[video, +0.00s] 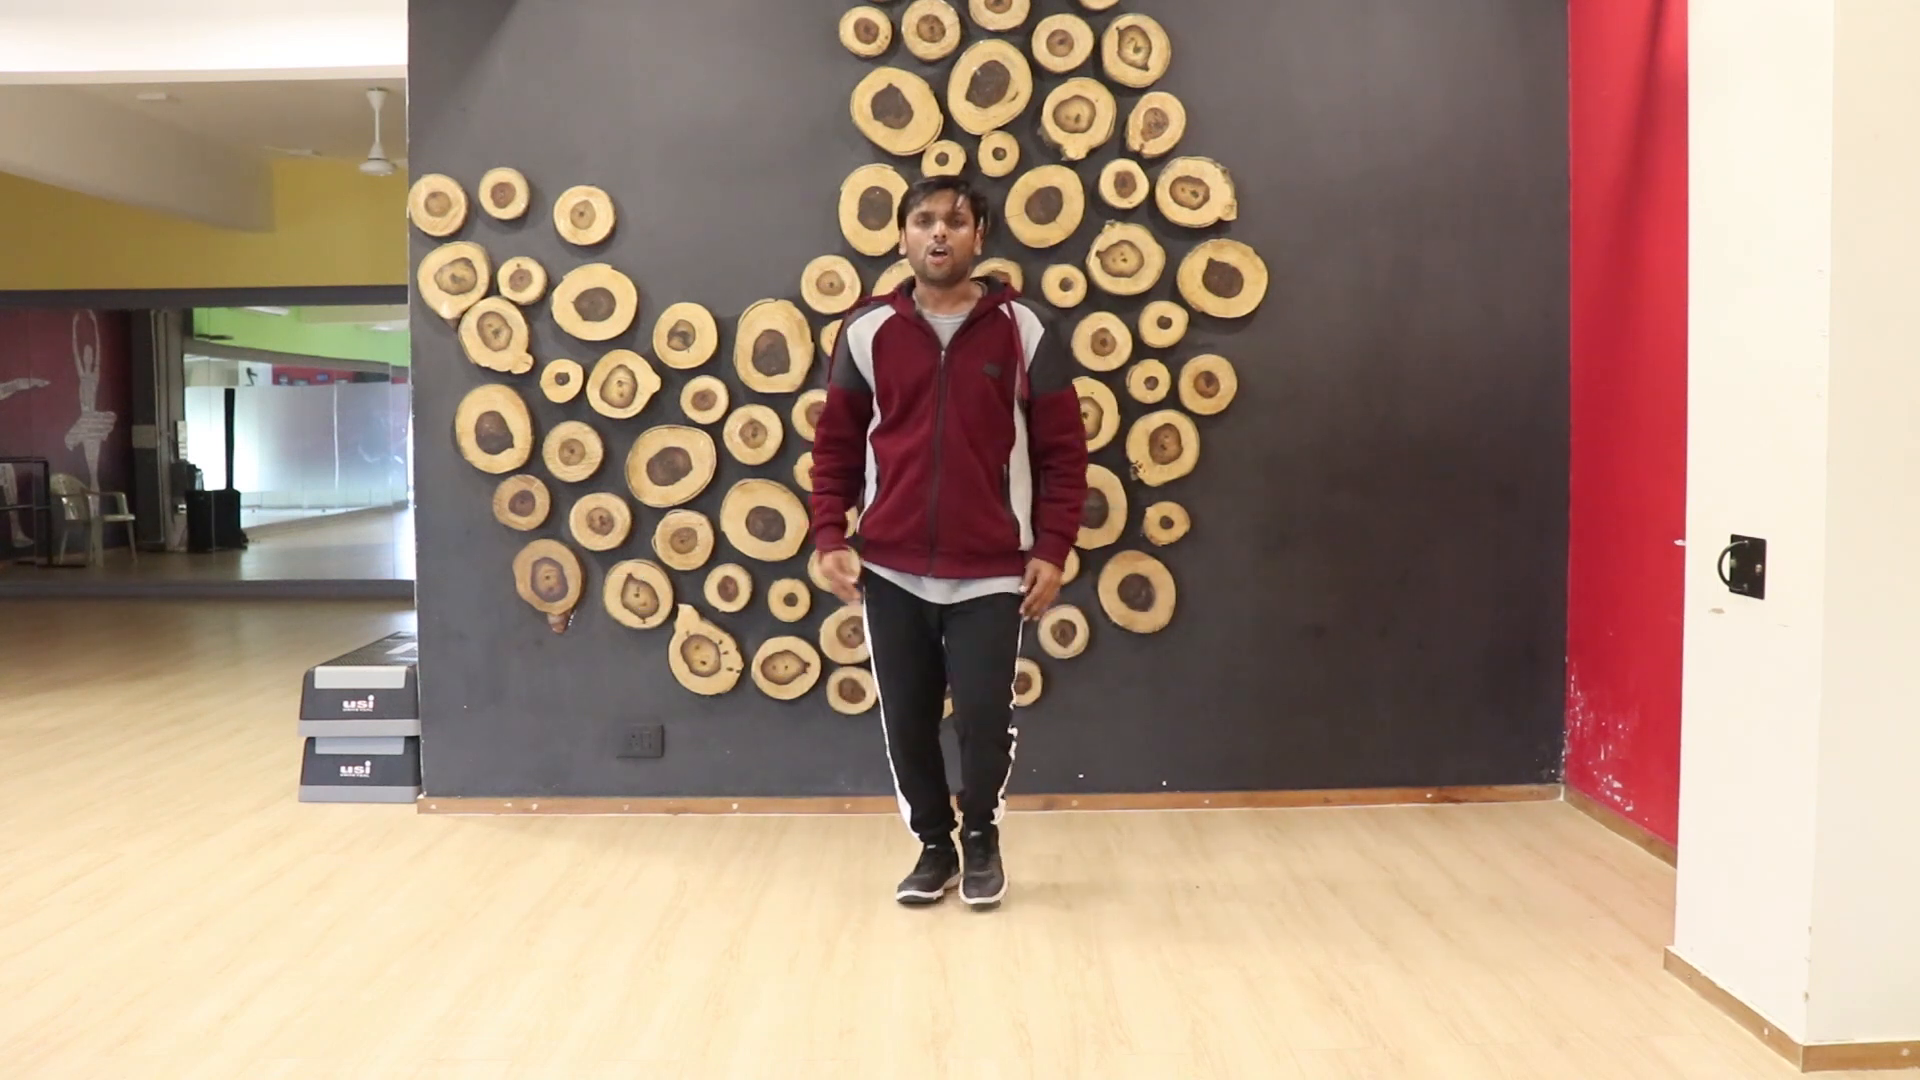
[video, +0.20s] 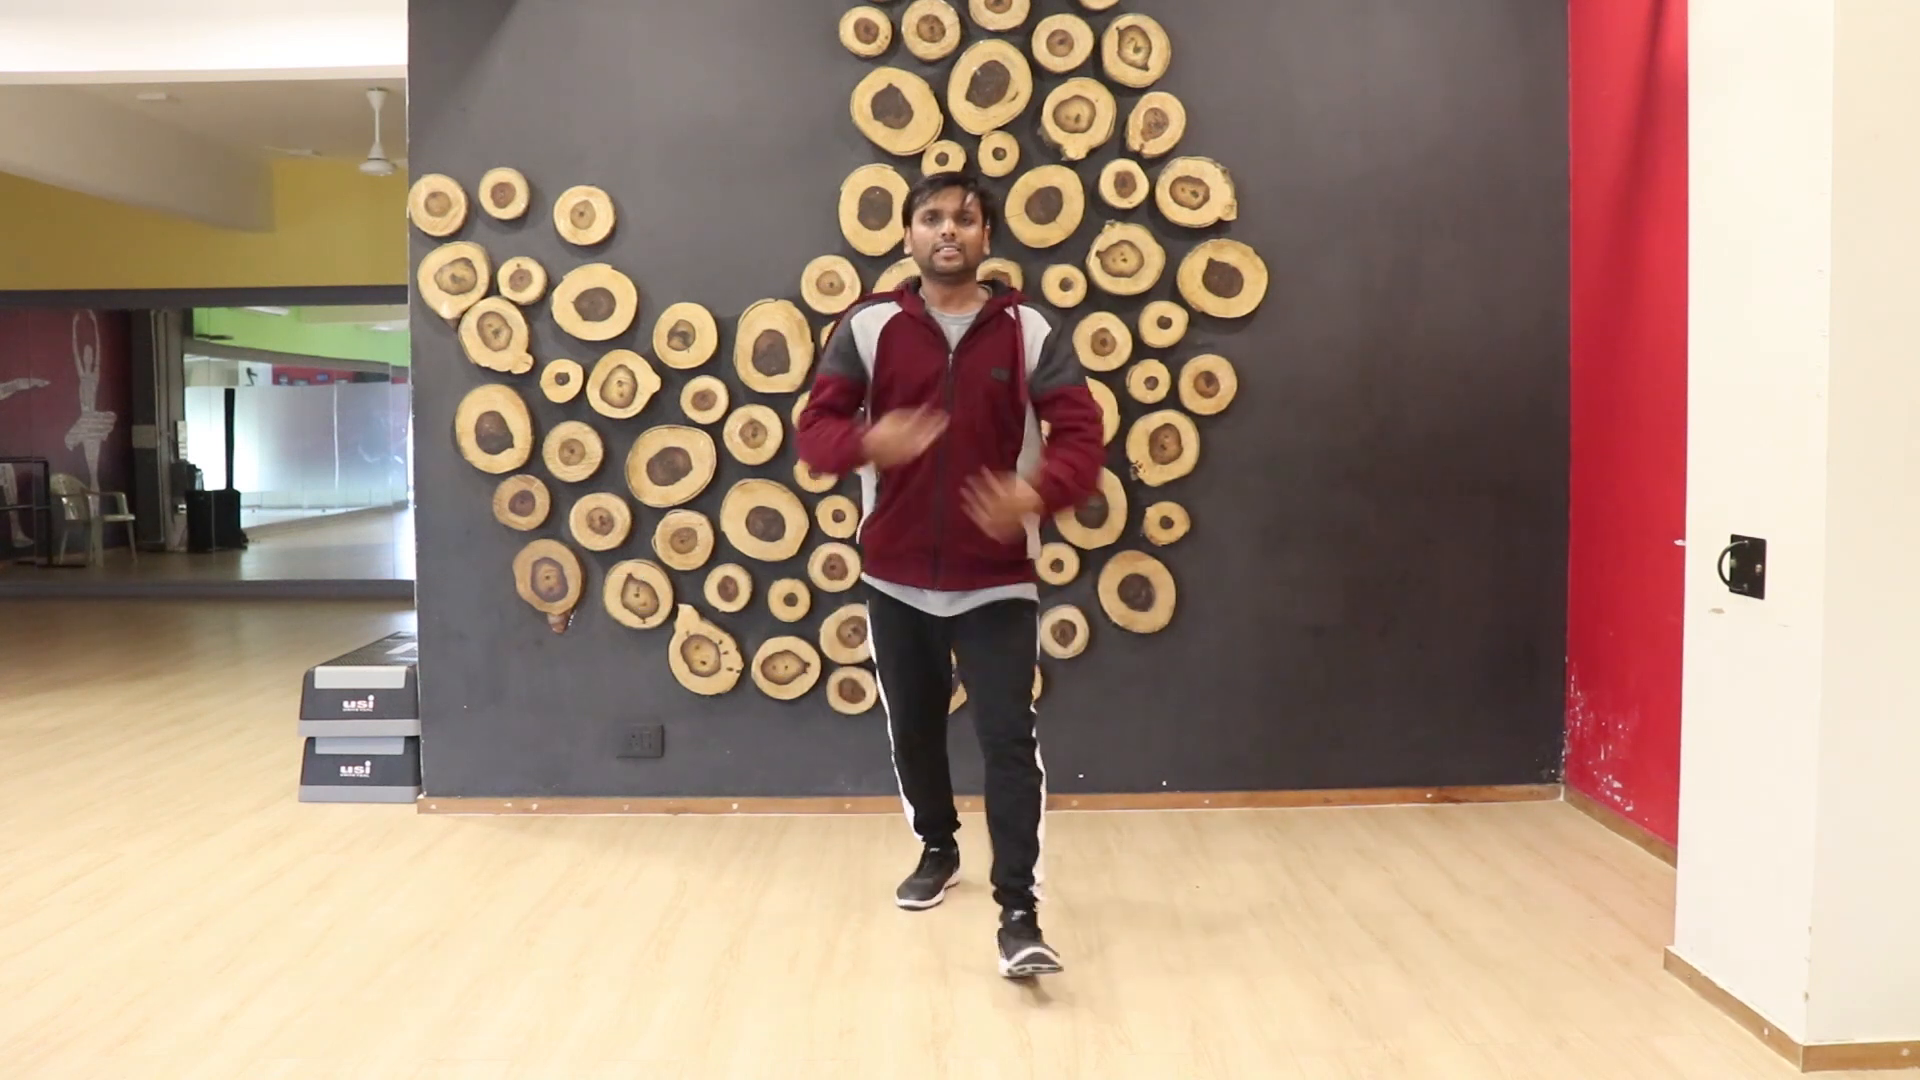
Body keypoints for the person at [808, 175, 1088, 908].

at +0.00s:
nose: (938, 234)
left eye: (954, 222)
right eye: (924, 222)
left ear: (979, 238)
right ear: (904, 238)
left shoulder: (1022, 330)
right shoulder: (864, 333)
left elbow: (1060, 447)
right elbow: (836, 444)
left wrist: (1052, 548)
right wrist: (830, 536)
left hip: (989, 567)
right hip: (892, 566)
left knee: (983, 717)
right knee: (906, 721)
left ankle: (979, 835)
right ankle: (934, 846)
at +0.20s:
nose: (949, 230)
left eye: (965, 218)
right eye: (933, 217)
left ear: (987, 237)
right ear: (908, 237)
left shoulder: (1027, 329)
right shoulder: (867, 325)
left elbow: (1081, 434)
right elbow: (815, 435)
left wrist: (1034, 492)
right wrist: (869, 441)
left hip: (997, 576)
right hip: (896, 575)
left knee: (1009, 737)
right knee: (911, 730)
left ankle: (1019, 913)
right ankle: (936, 847)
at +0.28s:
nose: (955, 227)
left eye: (971, 214)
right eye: (939, 214)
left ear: (993, 233)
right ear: (913, 232)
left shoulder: (1021, 316)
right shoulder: (884, 310)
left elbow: (1019, 419)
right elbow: (871, 404)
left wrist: (915, 367)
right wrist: (982, 337)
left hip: (1006, 567)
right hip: (908, 568)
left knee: (1018, 747)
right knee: (913, 742)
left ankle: (1023, 929)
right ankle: (939, 836)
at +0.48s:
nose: (965, 214)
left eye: (982, 203)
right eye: (949, 201)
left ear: (1007, 222)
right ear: (922, 217)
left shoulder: (1030, 305)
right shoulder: (880, 293)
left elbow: (1065, 394)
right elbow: (811, 392)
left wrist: (974, 313)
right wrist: (905, 324)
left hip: (1018, 563)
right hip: (913, 563)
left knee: (1037, 749)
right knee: (977, 731)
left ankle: (1028, 931)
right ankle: (982, 887)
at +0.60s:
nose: (965, 211)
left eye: (981, 199)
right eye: (946, 198)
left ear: (1001, 220)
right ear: (914, 215)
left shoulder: (1044, 312)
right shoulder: (864, 306)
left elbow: (1161, 351)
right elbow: (776, 375)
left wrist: (1087, 279)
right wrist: (804, 301)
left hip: (1002, 572)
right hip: (894, 563)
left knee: (1030, 762)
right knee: (923, 717)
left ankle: (1033, 941)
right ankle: (884, 882)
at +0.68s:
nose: (958, 217)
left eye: (970, 203)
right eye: (937, 204)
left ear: (987, 219)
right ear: (899, 221)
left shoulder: (1039, 313)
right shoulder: (866, 316)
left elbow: (1145, 305)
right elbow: (808, 453)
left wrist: (1079, 239)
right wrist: (828, 348)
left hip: (999, 584)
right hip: (887, 578)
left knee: (1021, 762)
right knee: (860, 743)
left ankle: (1035, 945)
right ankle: (766, 909)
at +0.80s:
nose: (922, 229)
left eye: (927, 214)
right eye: (900, 215)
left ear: (935, 225)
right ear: (851, 231)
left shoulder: (935, 311)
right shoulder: (846, 330)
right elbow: (913, 415)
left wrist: (1000, 296)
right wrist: (926, 313)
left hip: (995, 604)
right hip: (890, 608)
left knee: (1055, 783)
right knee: (807, 778)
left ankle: (1036, 938)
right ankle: (698, 928)